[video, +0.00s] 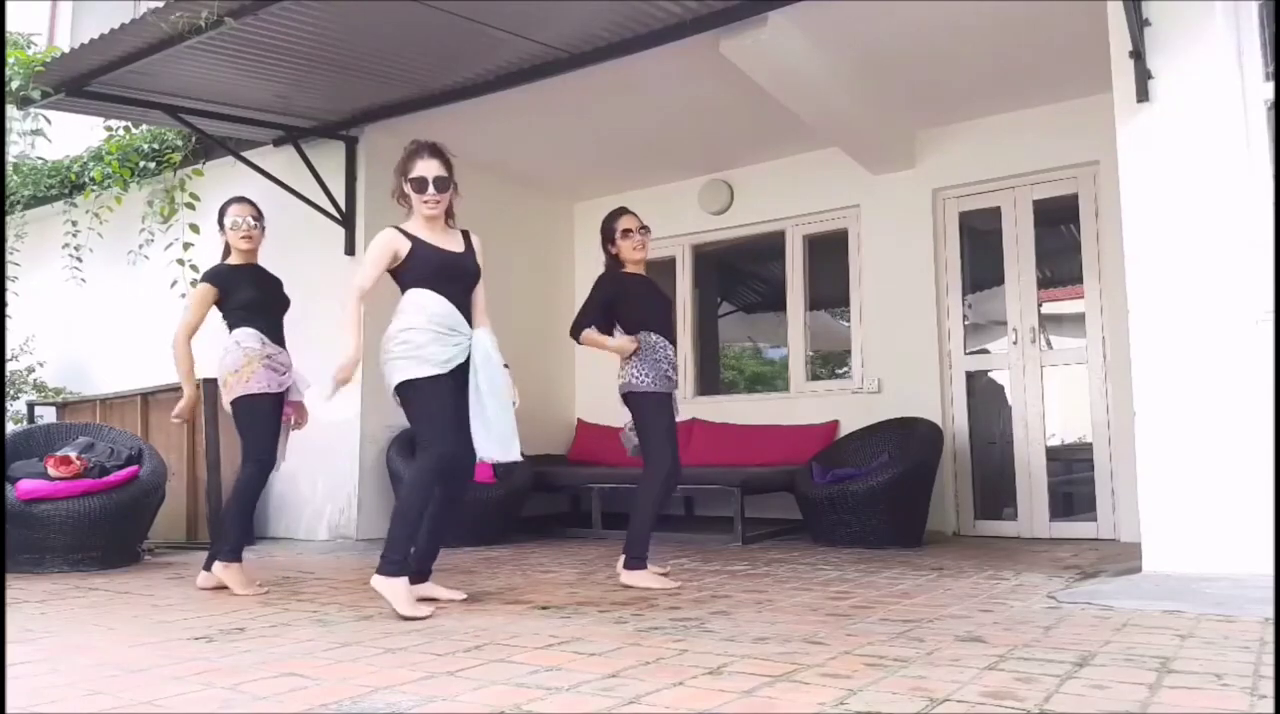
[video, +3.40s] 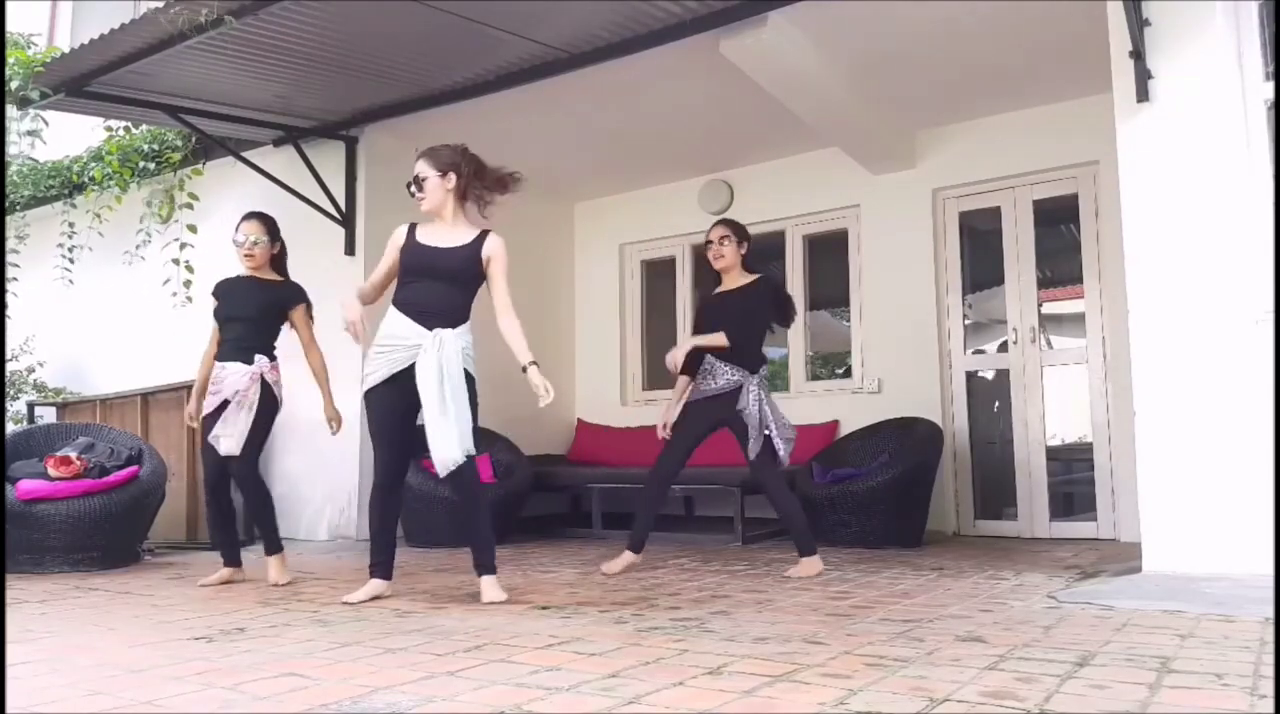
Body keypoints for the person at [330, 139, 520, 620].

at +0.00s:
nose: (432, 190)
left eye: (440, 182)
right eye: (420, 183)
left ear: (452, 187)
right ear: (405, 189)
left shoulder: (468, 242)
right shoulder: (395, 238)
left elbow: (479, 316)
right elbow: (357, 292)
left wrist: (499, 372)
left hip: (460, 360)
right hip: (414, 356)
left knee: (459, 463)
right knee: (437, 453)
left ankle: (420, 575)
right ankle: (391, 572)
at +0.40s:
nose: (426, 186)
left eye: (435, 178)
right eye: (415, 179)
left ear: (449, 185)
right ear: (402, 186)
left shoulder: (463, 244)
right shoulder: (387, 232)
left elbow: (476, 318)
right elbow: (352, 294)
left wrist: (502, 372)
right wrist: (380, 311)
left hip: (459, 364)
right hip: (408, 362)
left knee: (451, 470)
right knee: (420, 459)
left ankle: (427, 575)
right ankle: (418, 580)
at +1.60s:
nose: (418, 210)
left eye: (427, 202)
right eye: (409, 203)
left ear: (448, 204)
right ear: (401, 209)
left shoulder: (472, 257)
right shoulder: (388, 259)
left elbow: (494, 327)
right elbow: (366, 318)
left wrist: (527, 382)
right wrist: (351, 274)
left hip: (463, 378)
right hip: (409, 377)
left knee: (440, 478)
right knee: (357, 457)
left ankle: (436, 578)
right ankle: (376, 578)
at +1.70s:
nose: (421, 217)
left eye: (430, 208)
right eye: (412, 210)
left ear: (449, 211)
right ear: (404, 217)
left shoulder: (474, 263)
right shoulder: (391, 272)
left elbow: (495, 331)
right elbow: (378, 343)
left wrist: (518, 390)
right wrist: (356, 331)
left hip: (458, 381)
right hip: (405, 381)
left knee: (439, 476)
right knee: (342, 462)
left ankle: (435, 576)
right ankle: (373, 574)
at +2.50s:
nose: (408, 193)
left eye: (417, 183)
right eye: (401, 187)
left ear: (443, 185)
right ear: (399, 196)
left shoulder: (470, 240)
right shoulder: (398, 249)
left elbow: (490, 307)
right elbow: (379, 316)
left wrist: (518, 343)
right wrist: (333, 303)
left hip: (454, 364)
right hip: (405, 366)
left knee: (437, 465)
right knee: (346, 457)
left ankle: (453, 575)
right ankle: (376, 570)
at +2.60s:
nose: (399, 196)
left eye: (407, 186)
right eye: (395, 190)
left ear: (435, 187)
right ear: (402, 197)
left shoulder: (467, 238)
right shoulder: (400, 251)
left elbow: (484, 302)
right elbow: (367, 303)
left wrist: (502, 348)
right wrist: (355, 240)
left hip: (445, 363)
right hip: (398, 363)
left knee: (429, 467)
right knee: (353, 465)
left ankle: (451, 577)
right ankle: (384, 571)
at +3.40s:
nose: (415, 190)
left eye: (422, 181)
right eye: (413, 183)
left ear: (452, 180)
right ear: (442, 183)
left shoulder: (487, 243)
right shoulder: (405, 236)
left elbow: (506, 315)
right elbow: (372, 289)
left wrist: (530, 367)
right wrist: (352, 300)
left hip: (449, 362)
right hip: (393, 358)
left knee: (465, 468)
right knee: (389, 469)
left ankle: (487, 576)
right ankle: (379, 577)